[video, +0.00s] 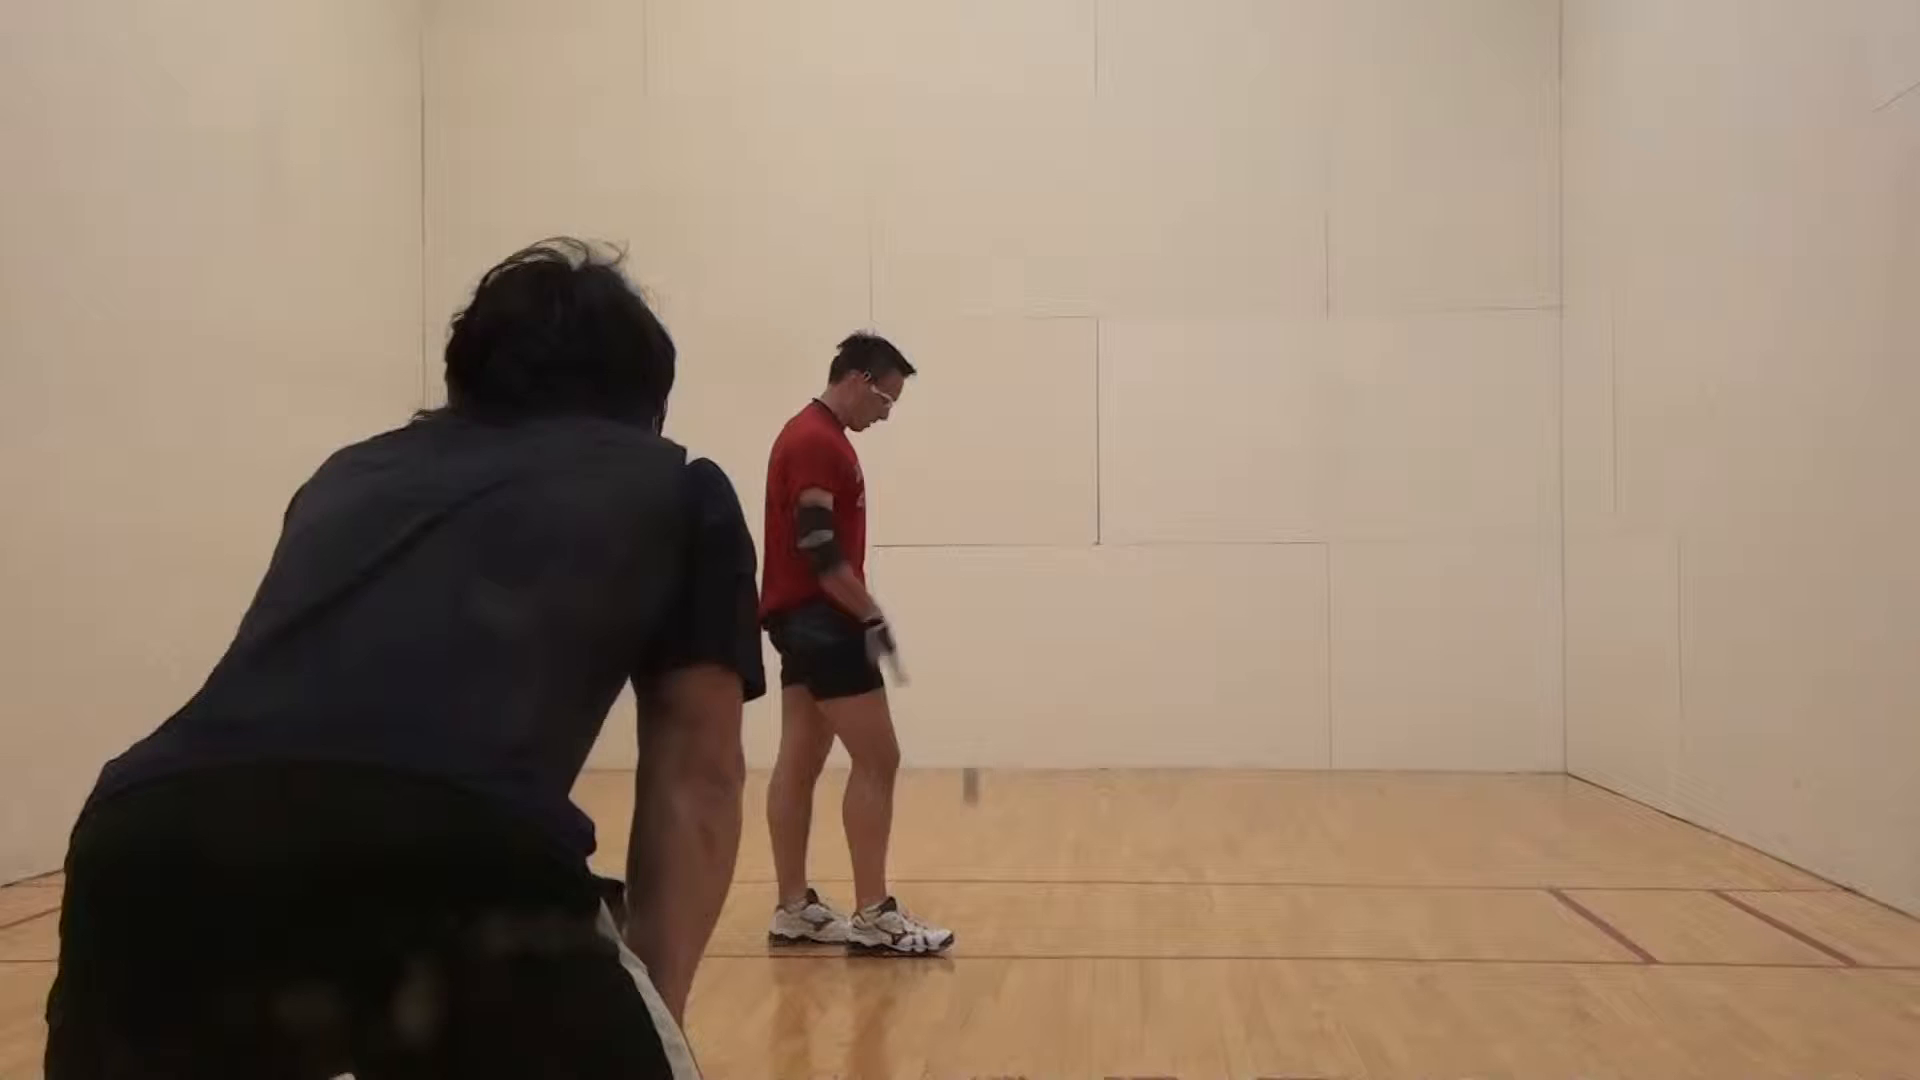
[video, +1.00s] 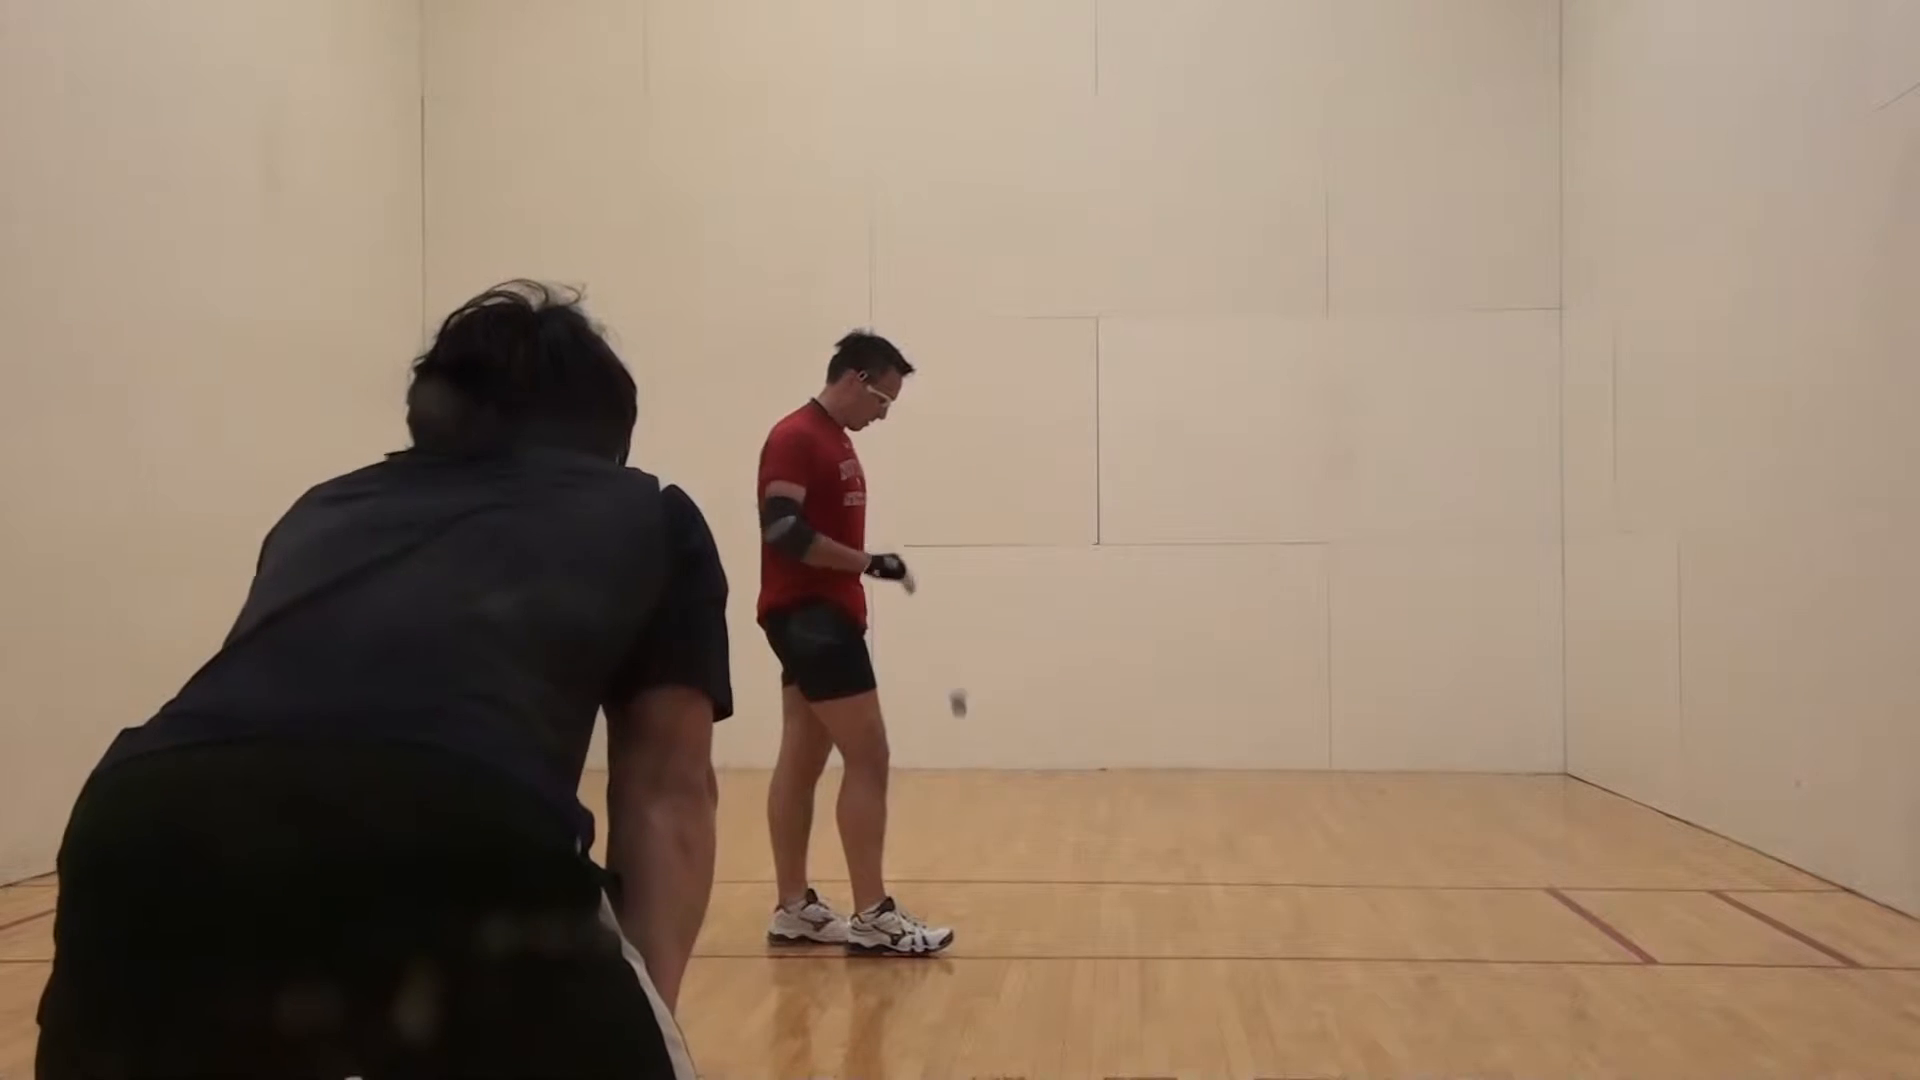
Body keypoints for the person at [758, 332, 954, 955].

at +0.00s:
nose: (887, 411)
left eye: (892, 400)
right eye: (885, 396)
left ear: (850, 383)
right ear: (853, 379)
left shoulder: (808, 435)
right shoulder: (818, 441)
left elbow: (808, 546)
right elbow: (818, 547)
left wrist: (853, 608)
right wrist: (872, 615)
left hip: (802, 616)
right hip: (821, 618)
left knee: (799, 760)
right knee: (876, 759)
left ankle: (793, 906)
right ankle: (873, 911)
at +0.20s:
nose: (890, 411)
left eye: (895, 401)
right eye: (889, 397)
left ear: (858, 384)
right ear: (857, 380)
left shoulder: (831, 439)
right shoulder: (808, 440)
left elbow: (831, 534)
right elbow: (787, 544)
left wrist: (883, 561)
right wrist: (803, 629)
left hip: (815, 620)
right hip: (829, 626)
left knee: (798, 764)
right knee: (875, 761)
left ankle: (792, 907)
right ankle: (872, 913)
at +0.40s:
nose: (890, 412)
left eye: (896, 402)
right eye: (889, 398)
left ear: (862, 386)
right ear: (857, 380)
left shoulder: (837, 442)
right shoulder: (802, 437)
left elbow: (846, 530)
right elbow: (768, 534)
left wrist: (906, 507)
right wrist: (785, 629)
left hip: (817, 623)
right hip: (823, 627)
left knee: (799, 765)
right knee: (871, 761)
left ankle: (793, 907)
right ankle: (872, 912)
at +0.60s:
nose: (888, 412)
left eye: (893, 401)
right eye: (886, 397)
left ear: (860, 384)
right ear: (856, 379)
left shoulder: (842, 444)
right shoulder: (795, 438)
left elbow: (851, 539)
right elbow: (768, 536)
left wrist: (923, 530)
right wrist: (801, 620)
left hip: (825, 621)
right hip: (817, 623)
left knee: (801, 762)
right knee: (869, 758)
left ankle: (793, 907)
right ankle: (871, 913)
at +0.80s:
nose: (886, 409)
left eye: (890, 399)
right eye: (883, 395)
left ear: (857, 384)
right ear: (851, 378)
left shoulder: (842, 441)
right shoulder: (795, 436)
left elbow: (843, 544)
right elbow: (770, 535)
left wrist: (873, 614)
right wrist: (836, 600)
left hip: (829, 618)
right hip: (811, 620)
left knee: (800, 763)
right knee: (868, 759)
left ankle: (793, 906)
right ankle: (871, 912)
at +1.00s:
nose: (883, 411)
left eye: (888, 401)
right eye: (882, 397)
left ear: (854, 384)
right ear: (849, 378)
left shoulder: (833, 439)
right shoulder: (797, 436)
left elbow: (815, 531)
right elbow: (782, 530)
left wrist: (849, 600)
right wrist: (865, 561)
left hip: (822, 616)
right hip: (811, 618)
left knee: (800, 760)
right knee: (868, 758)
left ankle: (793, 907)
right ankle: (872, 913)